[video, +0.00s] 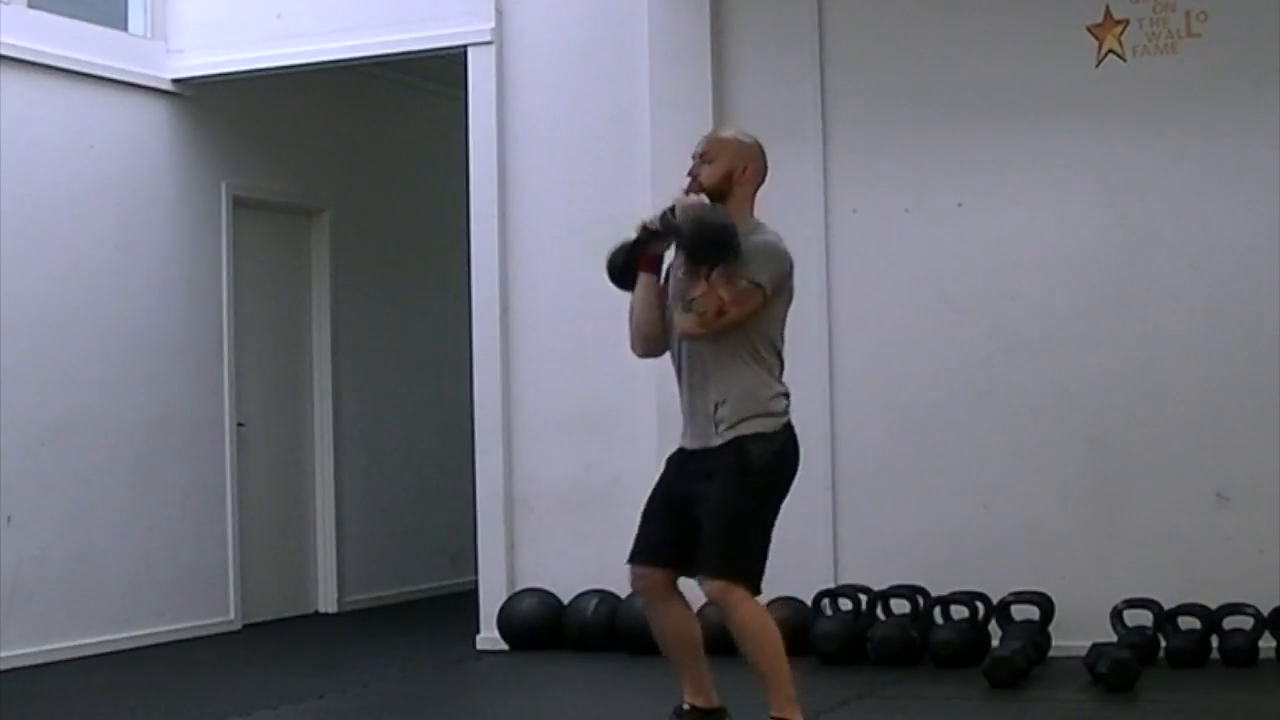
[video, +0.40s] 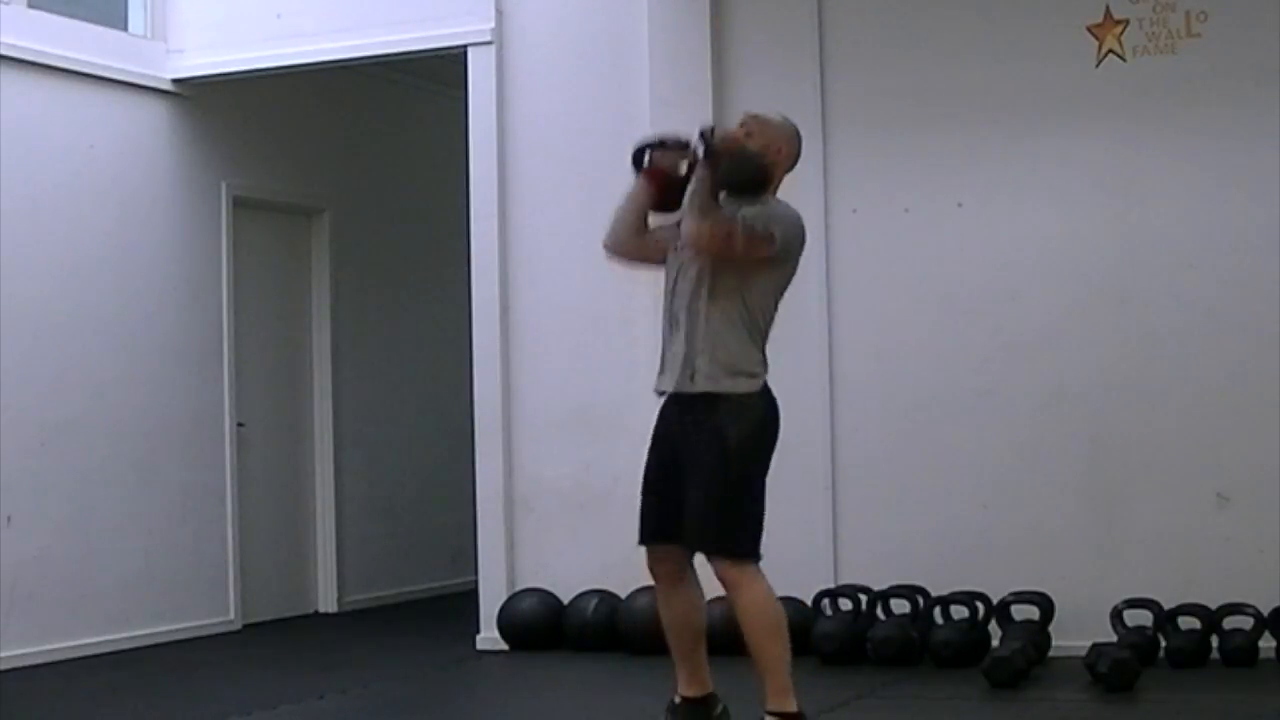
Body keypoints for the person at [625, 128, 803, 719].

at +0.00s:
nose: (691, 171)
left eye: (704, 160)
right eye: (693, 161)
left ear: (746, 172)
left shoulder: (766, 249)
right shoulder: (690, 250)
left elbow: (698, 318)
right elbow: (645, 341)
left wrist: (686, 241)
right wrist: (647, 262)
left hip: (756, 441)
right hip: (697, 446)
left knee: (726, 583)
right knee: (651, 575)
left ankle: (788, 711)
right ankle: (702, 704)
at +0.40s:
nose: (736, 127)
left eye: (754, 125)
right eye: (740, 122)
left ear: (778, 160)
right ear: (730, 149)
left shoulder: (782, 222)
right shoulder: (700, 217)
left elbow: (706, 239)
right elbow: (623, 242)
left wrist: (708, 169)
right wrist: (649, 179)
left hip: (736, 407)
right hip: (680, 405)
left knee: (732, 560)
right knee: (666, 558)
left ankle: (783, 708)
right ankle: (695, 698)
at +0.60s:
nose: (680, 163)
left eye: (695, 152)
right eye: (679, 155)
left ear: (729, 162)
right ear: (679, 172)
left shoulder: (750, 222)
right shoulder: (674, 223)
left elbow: (745, 152)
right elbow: (645, 154)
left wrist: (730, 83)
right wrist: (668, 85)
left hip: (754, 432)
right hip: (701, 434)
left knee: (731, 584)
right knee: (656, 571)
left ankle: (789, 713)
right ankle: (702, 706)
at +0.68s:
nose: (659, 178)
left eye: (671, 167)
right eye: (660, 168)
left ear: (710, 175)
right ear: (678, 181)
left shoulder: (740, 230)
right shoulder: (677, 236)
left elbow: (748, 145)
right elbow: (665, 147)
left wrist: (738, 67)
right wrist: (677, 72)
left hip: (760, 441)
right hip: (706, 443)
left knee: (728, 585)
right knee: (652, 573)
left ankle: (788, 713)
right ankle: (702, 706)